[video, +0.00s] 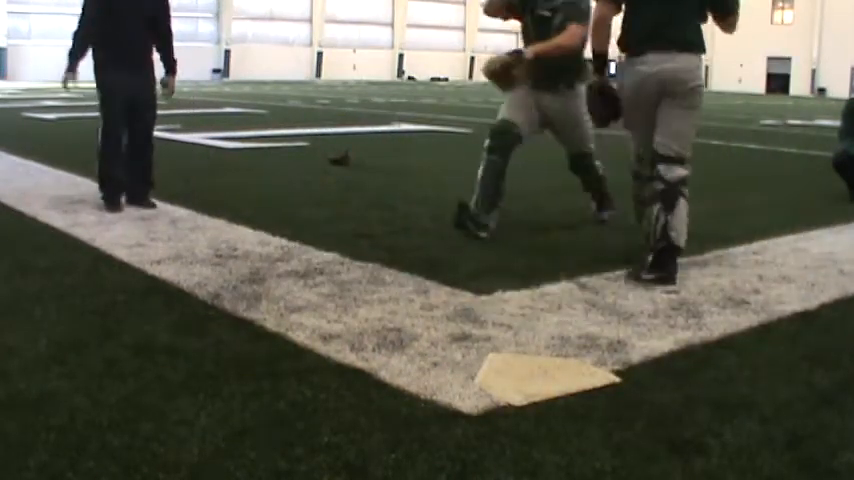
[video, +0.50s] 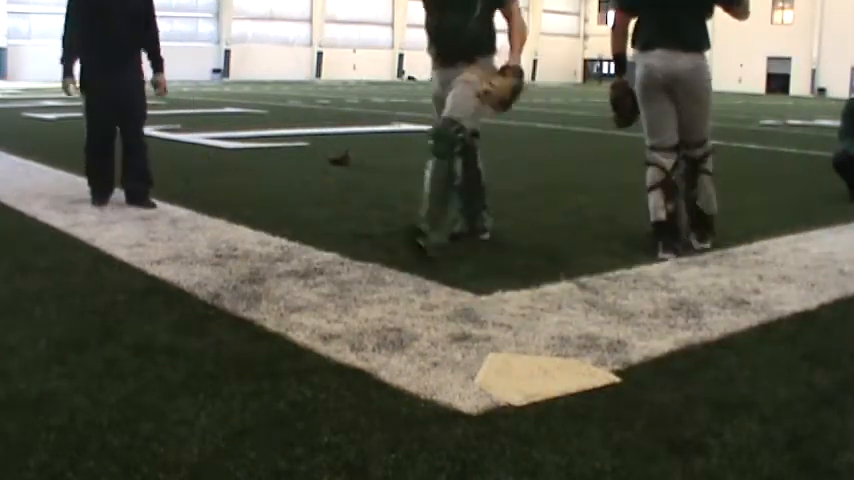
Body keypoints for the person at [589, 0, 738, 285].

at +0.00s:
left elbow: (602, 16)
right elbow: (728, 22)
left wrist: (600, 71)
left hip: (641, 63)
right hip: (686, 62)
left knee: (643, 159)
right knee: (675, 163)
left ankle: (649, 232)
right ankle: (667, 258)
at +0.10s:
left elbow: (607, 20)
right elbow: (726, 17)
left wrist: (602, 79)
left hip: (647, 66)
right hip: (691, 66)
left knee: (653, 163)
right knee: (678, 163)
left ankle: (658, 245)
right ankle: (666, 258)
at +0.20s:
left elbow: (614, 21)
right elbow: (728, 11)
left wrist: (606, 81)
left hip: (649, 61)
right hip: (691, 63)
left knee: (655, 160)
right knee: (687, 162)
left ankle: (660, 234)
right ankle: (674, 233)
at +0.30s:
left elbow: (617, 22)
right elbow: (733, 9)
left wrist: (613, 77)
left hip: (648, 59)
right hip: (690, 61)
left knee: (657, 154)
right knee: (696, 153)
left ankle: (657, 232)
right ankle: (680, 220)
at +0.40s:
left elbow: (618, 21)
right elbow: (739, 9)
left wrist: (617, 76)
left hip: (649, 59)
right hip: (690, 60)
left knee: (659, 153)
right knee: (698, 151)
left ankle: (661, 232)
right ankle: (696, 220)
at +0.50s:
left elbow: (619, 24)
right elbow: (741, 11)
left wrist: (620, 75)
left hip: (649, 62)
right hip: (691, 63)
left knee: (659, 152)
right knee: (698, 151)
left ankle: (664, 239)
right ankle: (702, 233)